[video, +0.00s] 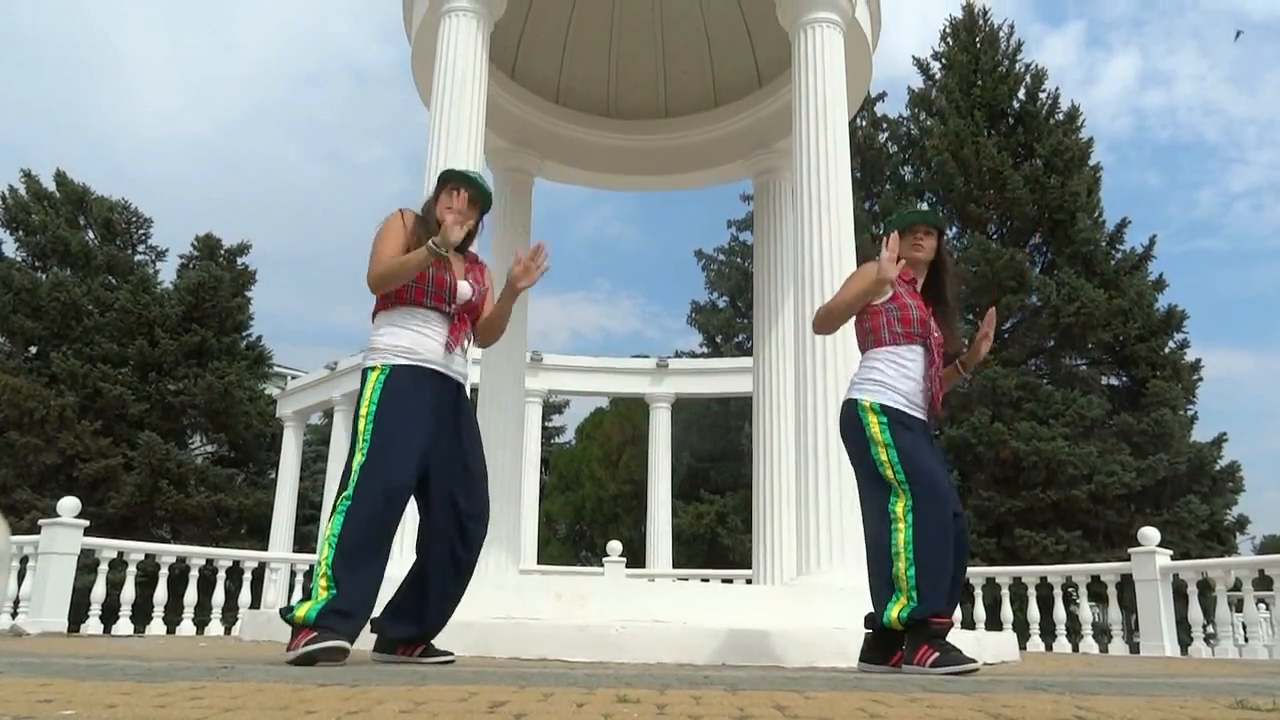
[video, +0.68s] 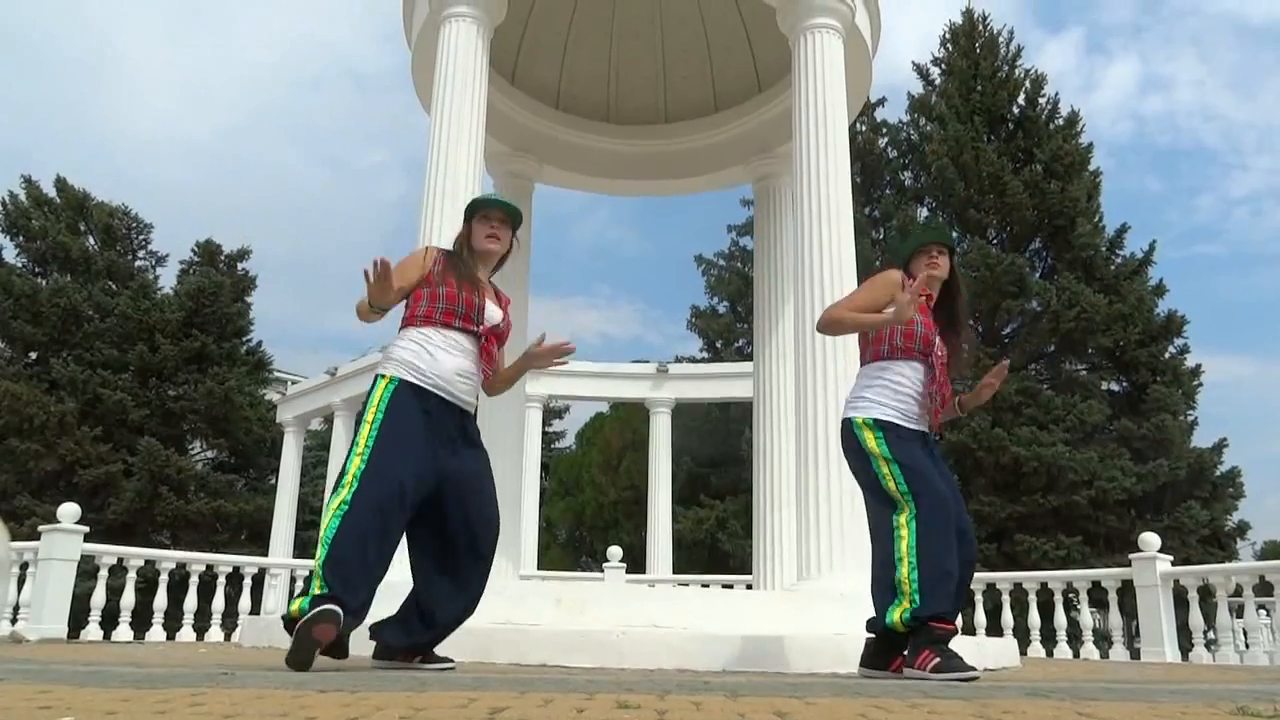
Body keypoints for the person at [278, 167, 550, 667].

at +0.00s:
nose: (453, 203)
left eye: (466, 200)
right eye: (447, 194)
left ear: (476, 216)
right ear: (434, 199)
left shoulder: (477, 269)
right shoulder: (405, 224)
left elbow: (485, 335)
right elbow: (379, 279)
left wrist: (511, 291)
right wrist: (434, 249)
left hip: (450, 388)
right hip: (396, 373)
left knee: (464, 515)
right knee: (374, 494)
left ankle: (404, 634)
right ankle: (319, 625)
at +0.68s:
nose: (495, 228)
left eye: (504, 226)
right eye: (486, 220)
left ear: (510, 243)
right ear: (466, 228)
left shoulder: (500, 304)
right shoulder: (433, 258)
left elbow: (491, 384)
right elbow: (371, 311)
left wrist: (527, 361)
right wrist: (377, 300)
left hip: (459, 416)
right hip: (405, 391)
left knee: (474, 527)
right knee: (376, 493)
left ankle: (405, 639)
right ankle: (328, 610)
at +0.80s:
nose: (493, 206)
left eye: (500, 200)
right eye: (482, 200)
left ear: (511, 215)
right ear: (464, 212)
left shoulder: (513, 279)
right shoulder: (436, 242)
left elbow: (520, 349)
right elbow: (371, 278)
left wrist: (503, 302)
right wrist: (356, 328)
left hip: (456, 386)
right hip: (401, 360)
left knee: (455, 509)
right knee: (409, 462)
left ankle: (402, 636)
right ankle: (350, 586)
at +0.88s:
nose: (486, 193)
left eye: (493, 186)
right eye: (474, 187)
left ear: (505, 199)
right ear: (458, 200)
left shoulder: (515, 263)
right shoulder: (428, 233)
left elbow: (548, 308)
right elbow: (379, 265)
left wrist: (504, 266)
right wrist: (355, 319)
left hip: (453, 379)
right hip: (396, 355)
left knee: (457, 503)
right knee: (426, 439)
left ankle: (406, 634)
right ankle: (376, 554)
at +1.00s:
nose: (467, 183)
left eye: (475, 176)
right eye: (455, 179)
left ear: (493, 191)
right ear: (440, 195)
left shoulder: (504, 250)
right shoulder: (420, 228)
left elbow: (566, 262)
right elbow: (382, 267)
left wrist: (499, 263)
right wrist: (358, 323)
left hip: (457, 387)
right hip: (395, 368)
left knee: (466, 505)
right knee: (418, 443)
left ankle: (413, 637)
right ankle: (391, 575)